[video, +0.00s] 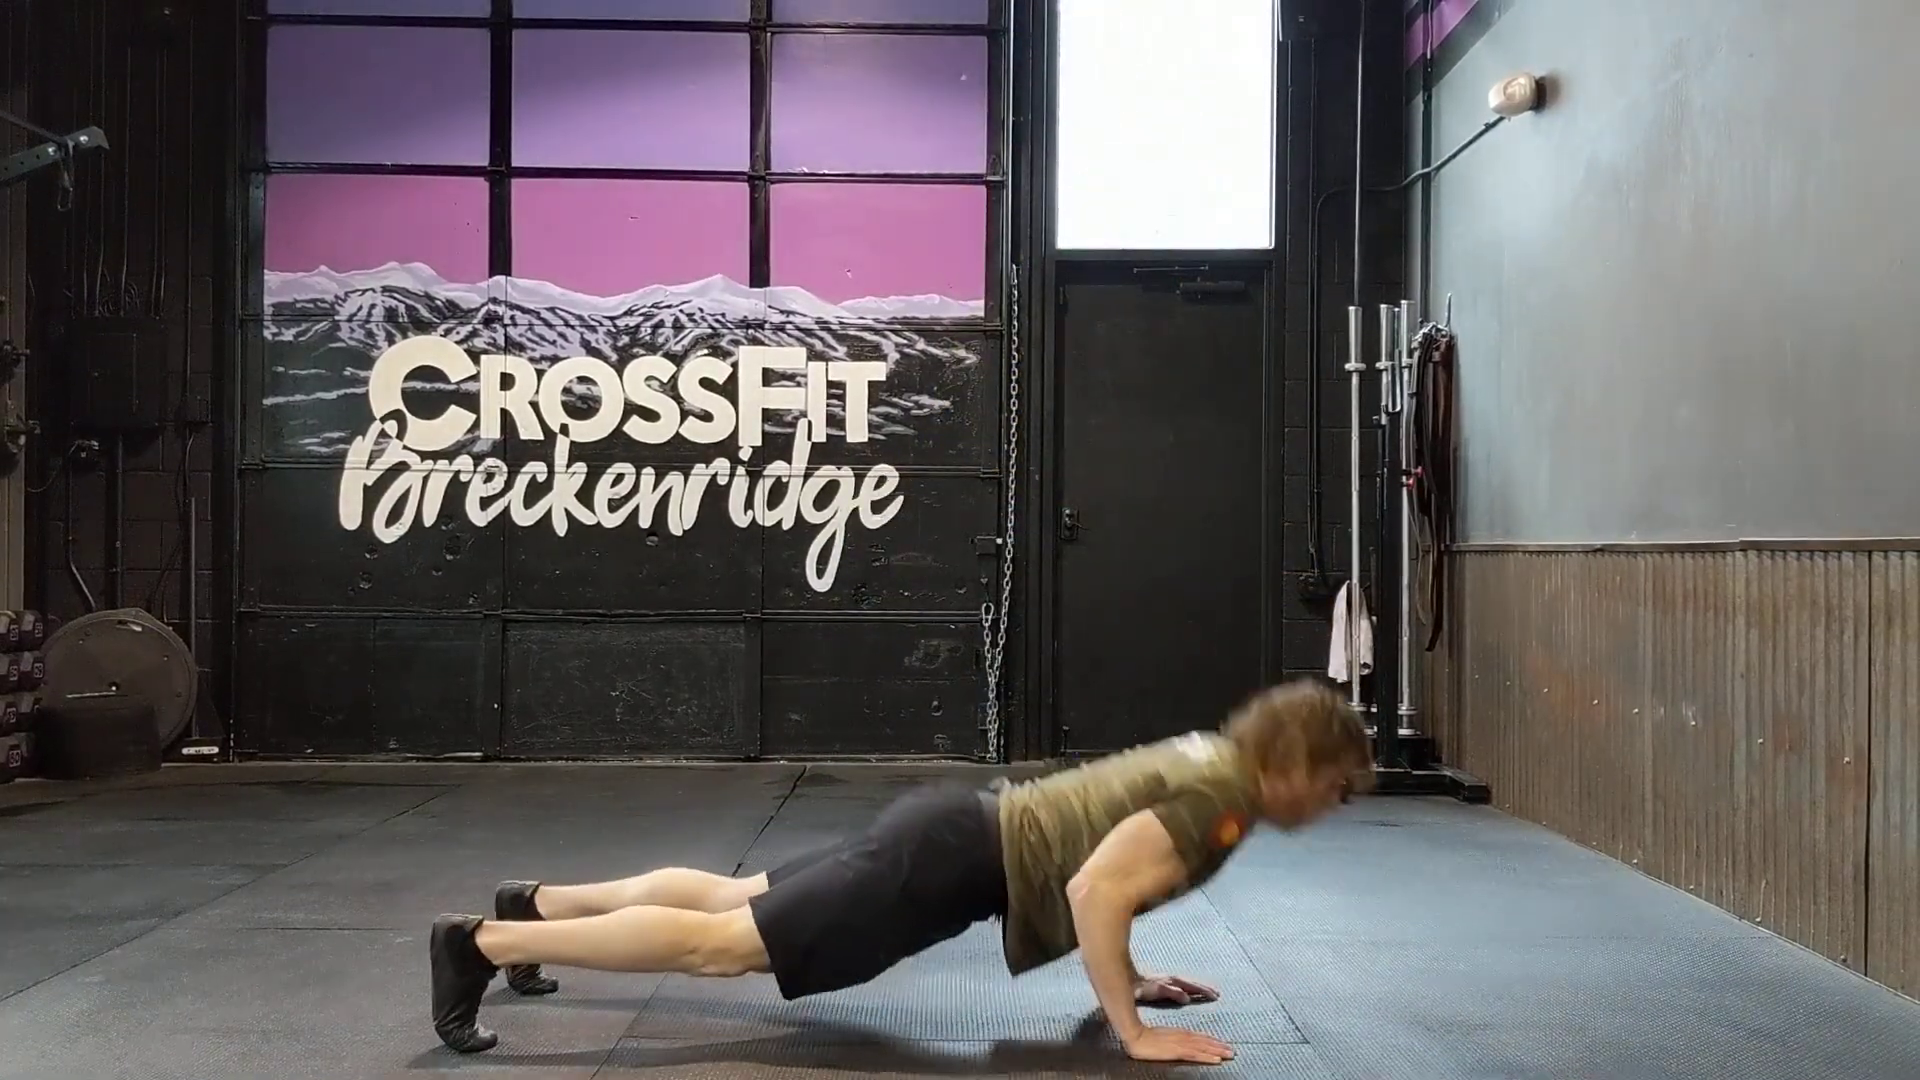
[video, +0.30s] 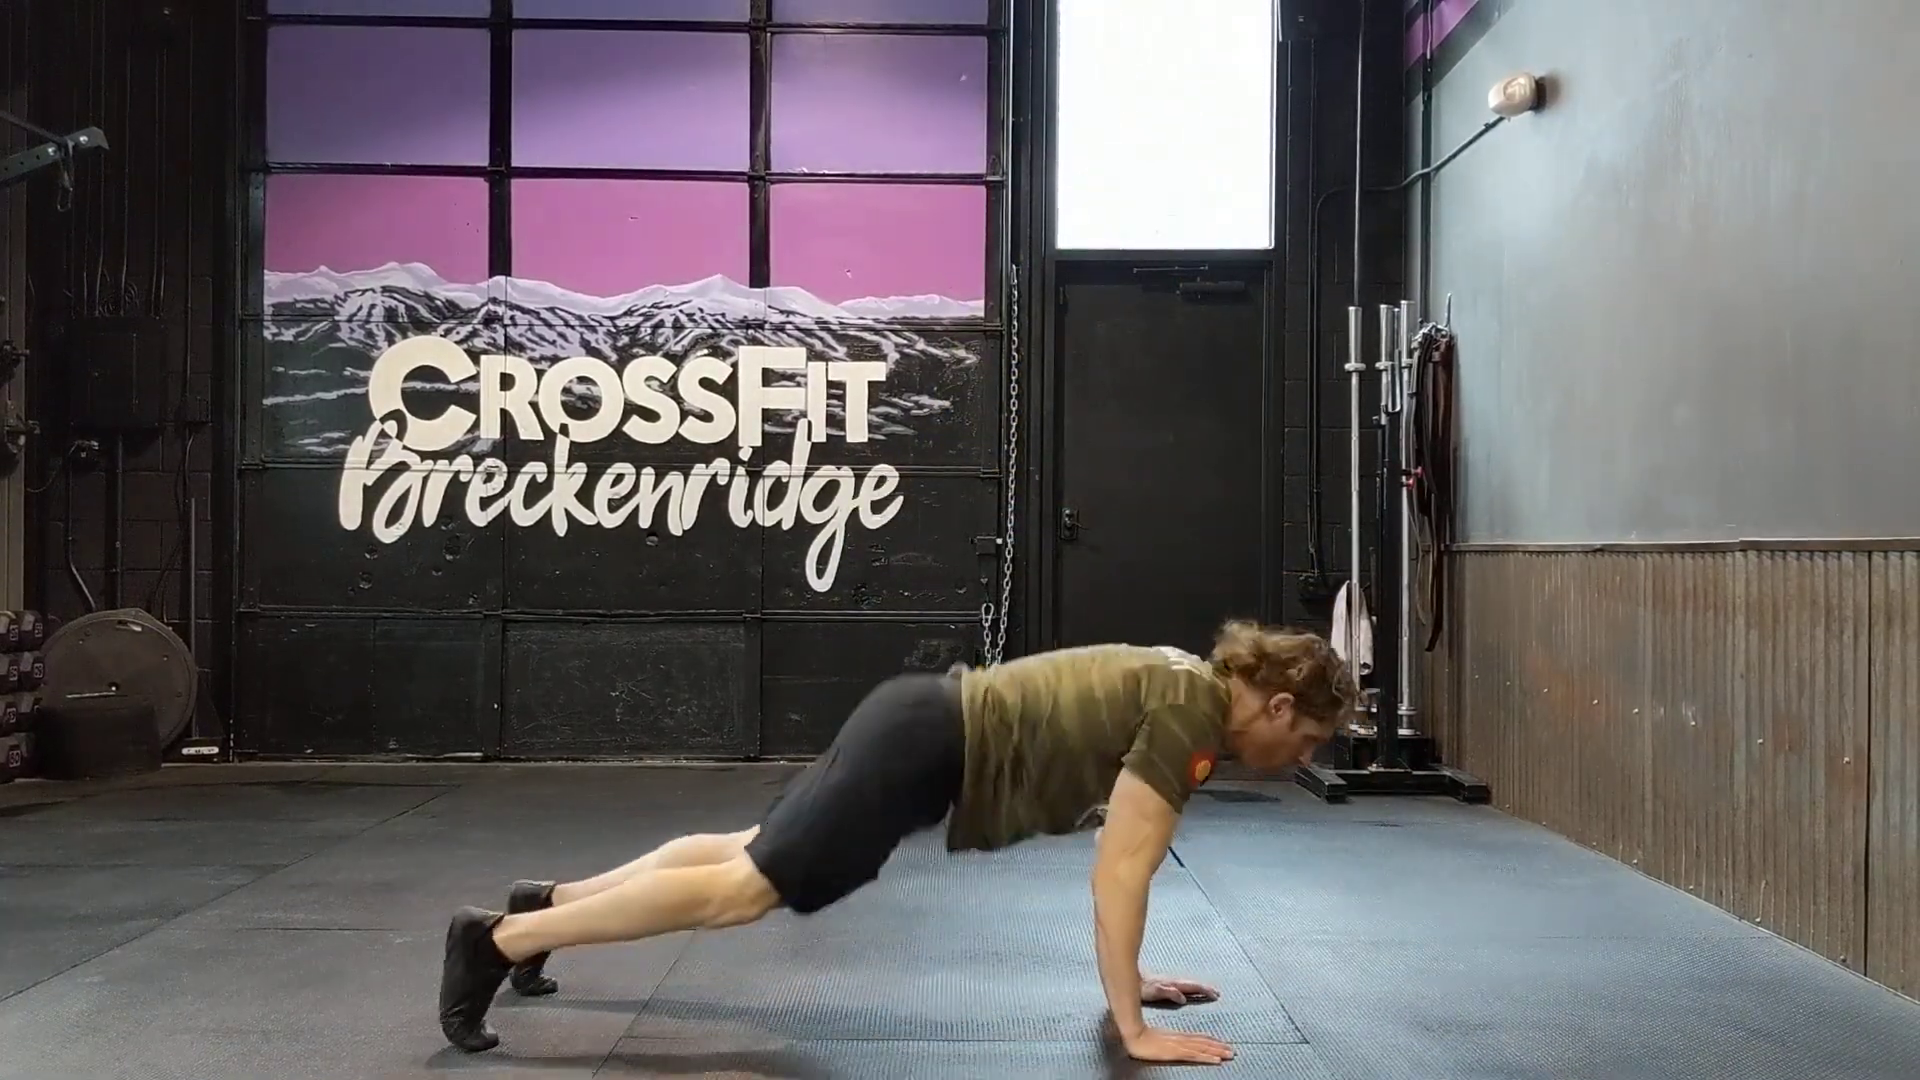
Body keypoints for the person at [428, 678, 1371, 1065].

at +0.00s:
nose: (1340, 798)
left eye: (1347, 783)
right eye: (1341, 781)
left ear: (1288, 743)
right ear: (1303, 765)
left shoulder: (1207, 768)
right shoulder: (1210, 799)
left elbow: (1101, 873)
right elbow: (1102, 889)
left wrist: (1133, 978)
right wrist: (1127, 1028)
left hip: (960, 824)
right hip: (961, 856)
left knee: (744, 896)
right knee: (723, 947)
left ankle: (545, 898)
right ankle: (485, 946)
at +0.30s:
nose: (1301, 762)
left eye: (1310, 748)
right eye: (1308, 742)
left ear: (1265, 693)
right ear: (1277, 704)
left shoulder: (1178, 697)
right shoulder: (1182, 710)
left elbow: (1123, 858)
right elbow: (1123, 868)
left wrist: (1133, 978)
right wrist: (1127, 1024)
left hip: (921, 724)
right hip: (923, 738)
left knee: (746, 856)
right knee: (746, 891)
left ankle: (551, 902)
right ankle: (501, 944)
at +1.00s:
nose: (1203, 447)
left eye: (1205, 432)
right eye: (1197, 429)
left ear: (1138, 424)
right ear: (1149, 424)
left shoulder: (1088, 481)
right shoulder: (1076, 488)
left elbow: (1082, 603)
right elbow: (1077, 643)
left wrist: (1181, 611)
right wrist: (1231, 665)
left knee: (1066, 755)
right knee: (1057, 805)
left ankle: (983, 952)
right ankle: (936, 1029)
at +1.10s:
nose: (1163, 358)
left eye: (1166, 344)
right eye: (1158, 341)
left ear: (1090, 334)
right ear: (1111, 332)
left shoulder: (1057, 405)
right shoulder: (1040, 410)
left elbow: (1092, 475)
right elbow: (1119, 503)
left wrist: (1161, 401)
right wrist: (1230, 405)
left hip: (976, 630)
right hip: (935, 629)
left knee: (1071, 753)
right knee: (1057, 801)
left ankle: (982, 950)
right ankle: (937, 1028)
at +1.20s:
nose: (1133, 238)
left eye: (1135, 223)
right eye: (1126, 220)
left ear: (1062, 213)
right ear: (1082, 213)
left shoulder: (1039, 286)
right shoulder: (1026, 286)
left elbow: (1151, 293)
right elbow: (1161, 292)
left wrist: (1169, 171)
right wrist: (1177, 166)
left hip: (997, 545)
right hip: (961, 540)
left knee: (1026, 737)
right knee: (1013, 745)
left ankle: (988, 930)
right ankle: (945, 998)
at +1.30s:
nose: (1112, 144)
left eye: (1116, 128)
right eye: (1107, 120)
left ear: (1053, 114)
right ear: (1071, 114)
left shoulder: (1043, 189)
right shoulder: (1023, 181)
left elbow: (1126, 94)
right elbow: (1148, 97)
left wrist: (1121, 6)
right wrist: (1150, 2)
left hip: (1008, 464)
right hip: (978, 459)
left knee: (995, 680)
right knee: (994, 680)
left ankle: (973, 876)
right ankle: (945, 934)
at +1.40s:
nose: (1121, 96)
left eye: (1122, 73)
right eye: (1110, 72)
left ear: (1062, 82)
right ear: (1059, 78)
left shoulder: (1039, 157)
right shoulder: (1018, 146)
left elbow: (1100, 15)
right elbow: (1108, 12)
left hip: (1008, 430)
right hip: (982, 428)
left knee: (991, 669)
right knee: (989, 669)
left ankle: (962, 875)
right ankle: (947, 917)